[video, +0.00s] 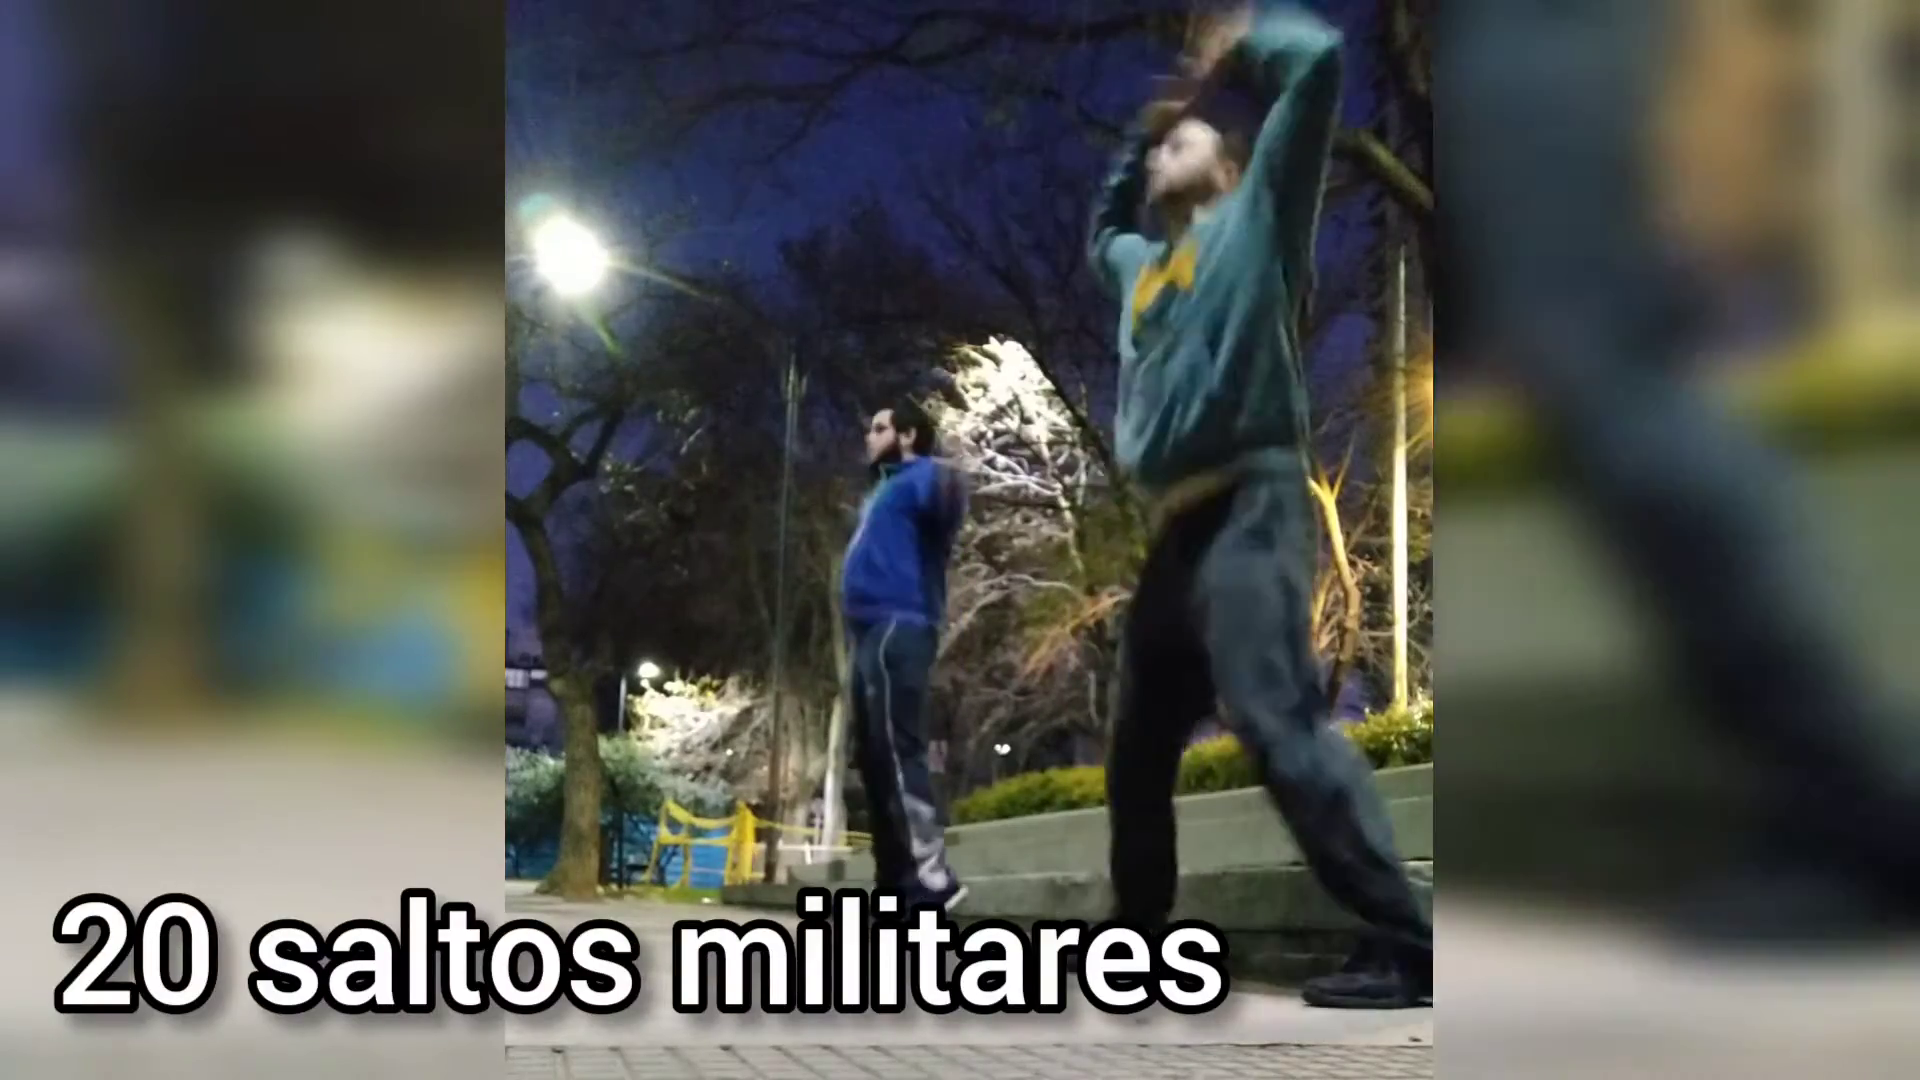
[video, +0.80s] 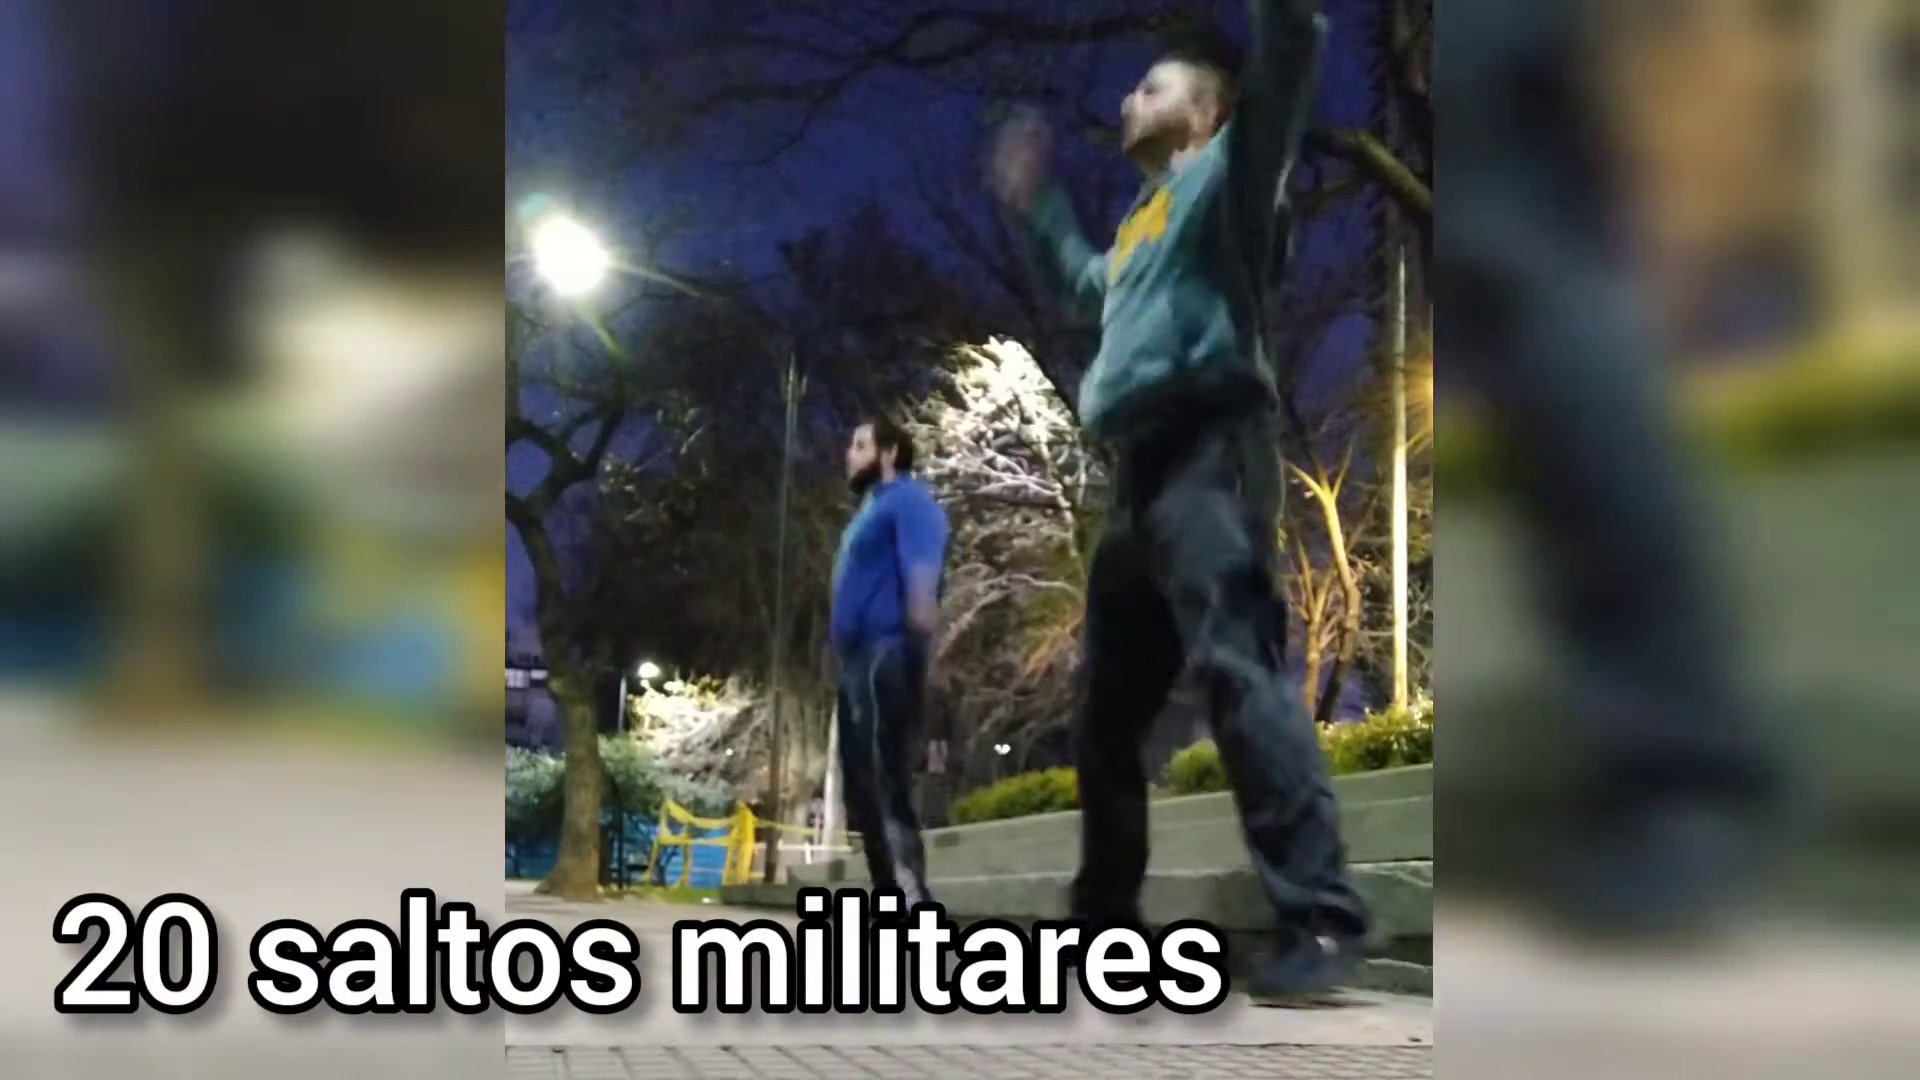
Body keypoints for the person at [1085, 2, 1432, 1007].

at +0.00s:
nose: (1167, 148)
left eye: (1185, 133)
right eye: (1158, 144)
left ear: (1229, 150)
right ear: (1149, 179)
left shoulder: (1262, 208)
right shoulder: (1140, 261)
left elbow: (1316, 57)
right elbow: (1107, 229)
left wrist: (1237, 36)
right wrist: (1135, 143)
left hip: (1256, 502)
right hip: (1178, 528)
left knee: (1270, 715)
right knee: (1139, 751)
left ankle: (1398, 946)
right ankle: (1142, 957)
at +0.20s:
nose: (1162, 101)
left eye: (1186, 91)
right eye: (1162, 93)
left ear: (1235, 119)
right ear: (1165, 131)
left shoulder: (1268, 177)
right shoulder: (1141, 247)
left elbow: (1348, 78)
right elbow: (1083, 270)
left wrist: (1342, 4)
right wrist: (1023, 197)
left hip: (1239, 459)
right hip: (1162, 484)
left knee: (1264, 689)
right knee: (1134, 712)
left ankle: (1363, 937)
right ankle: (1128, 939)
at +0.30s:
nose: (1152, 87)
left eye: (1175, 74)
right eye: (1154, 76)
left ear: (1228, 97)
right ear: (1167, 112)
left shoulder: (1250, 166)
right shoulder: (1145, 230)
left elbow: (1345, 144)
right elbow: (1089, 323)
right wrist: (991, 306)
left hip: (1234, 448)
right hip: (1164, 467)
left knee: (1251, 679)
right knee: (1133, 693)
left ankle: (1312, 909)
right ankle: (1147, 916)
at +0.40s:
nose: (1138, 111)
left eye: (1161, 98)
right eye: (1141, 100)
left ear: (1213, 122)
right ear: (1160, 132)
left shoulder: (1252, 197)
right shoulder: (1159, 233)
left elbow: (1341, 310)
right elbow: (1158, 359)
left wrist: (1292, 385)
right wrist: (1117, 444)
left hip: (1219, 482)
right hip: (1153, 492)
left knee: (1207, 714)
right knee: (1126, 722)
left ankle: (1243, 944)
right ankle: (1166, 937)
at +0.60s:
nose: (1136, 97)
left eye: (1158, 82)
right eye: (1136, 87)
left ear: (1209, 110)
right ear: (1147, 124)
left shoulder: (1243, 187)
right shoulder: (1147, 229)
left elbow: (1295, 292)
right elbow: (1136, 356)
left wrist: (1251, 389)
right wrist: (1112, 443)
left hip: (1213, 467)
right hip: (1139, 483)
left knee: (1202, 691)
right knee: (1127, 700)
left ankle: (1234, 933)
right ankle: (1170, 929)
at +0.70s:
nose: (1133, 81)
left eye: (1155, 65)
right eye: (1138, 68)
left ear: (1208, 87)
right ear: (1162, 101)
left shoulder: (1237, 167)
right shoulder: (1143, 220)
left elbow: (1302, 165)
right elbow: (1115, 358)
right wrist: (1013, 342)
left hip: (1215, 429)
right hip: (1143, 452)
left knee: (1221, 660)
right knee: (1128, 684)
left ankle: (1270, 902)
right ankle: (1141, 909)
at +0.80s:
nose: (1134, 95)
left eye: (1155, 84)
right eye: (1138, 86)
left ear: (1209, 104)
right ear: (1161, 116)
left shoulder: (1233, 172)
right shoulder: (1134, 226)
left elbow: (1281, 62)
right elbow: (1089, 289)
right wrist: (1036, 200)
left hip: (1211, 444)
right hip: (1138, 465)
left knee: (1235, 669)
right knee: (1108, 717)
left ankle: (1319, 920)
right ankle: (1106, 934)